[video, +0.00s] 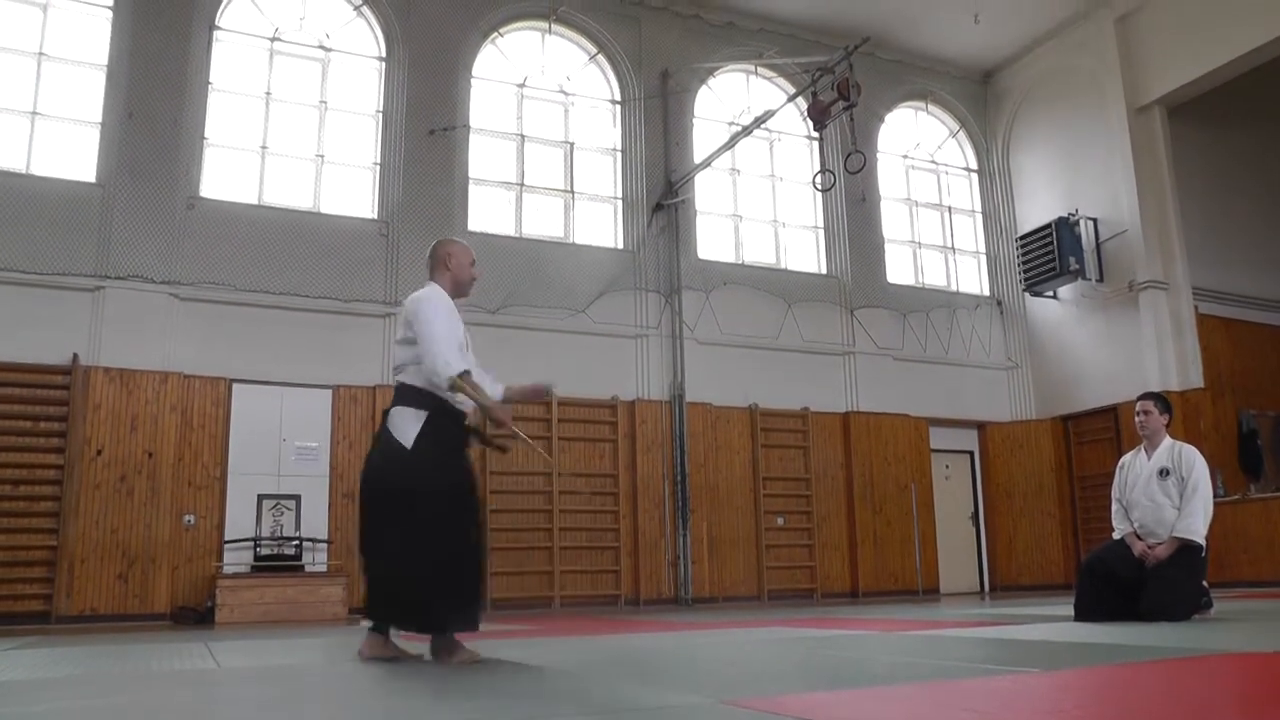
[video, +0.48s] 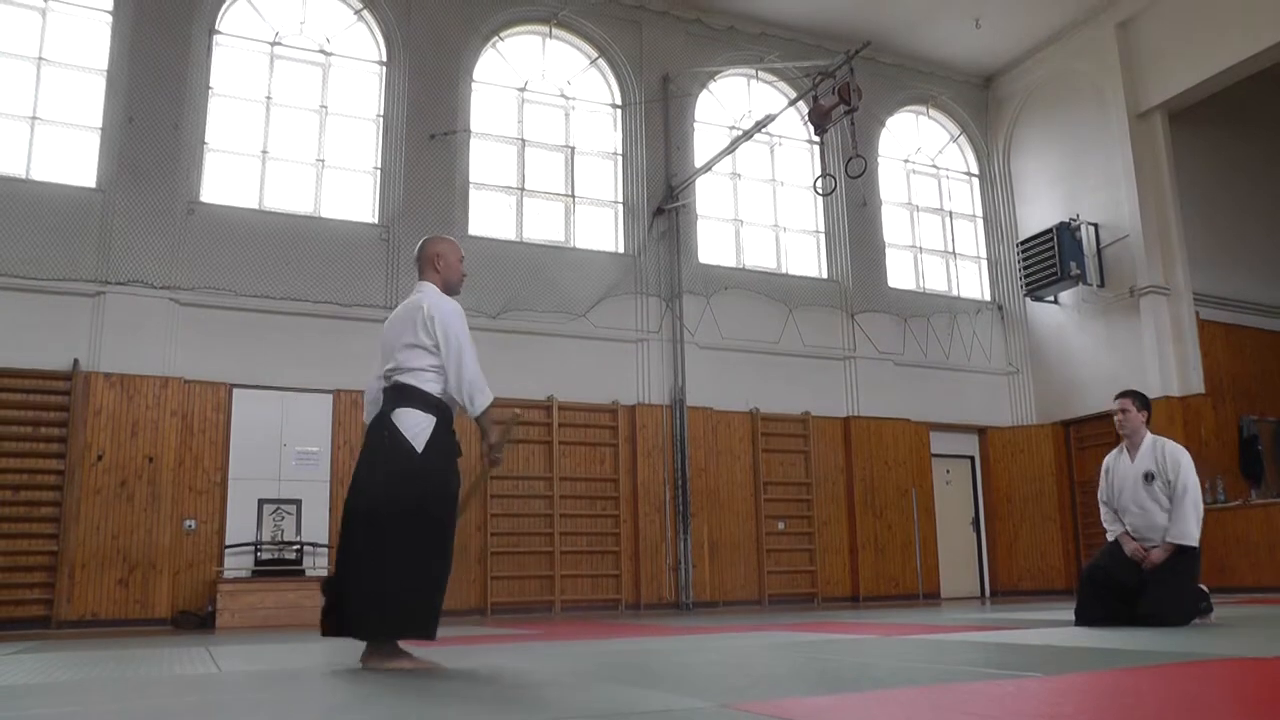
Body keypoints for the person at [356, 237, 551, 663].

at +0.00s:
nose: (476, 273)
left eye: (475, 266)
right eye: (470, 265)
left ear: (446, 264)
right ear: (447, 264)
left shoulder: (447, 314)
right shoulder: (431, 299)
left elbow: (472, 378)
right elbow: (447, 365)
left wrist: (517, 392)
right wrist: (489, 406)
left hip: (422, 424)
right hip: (424, 427)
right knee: (452, 530)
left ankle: (378, 636)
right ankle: (445, 640)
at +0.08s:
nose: (472, 274)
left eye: (470, 266)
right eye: (467, 264)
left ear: (440, 267)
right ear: (444, 264)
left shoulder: (421, 305)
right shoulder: (435, 301)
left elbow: (434, 385)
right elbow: (454, 364)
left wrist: (468, 428)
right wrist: (492, 408)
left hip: (396, 426)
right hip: (417, 428)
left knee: (387, 532)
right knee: (440, 529)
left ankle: (374, 639)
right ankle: (432, 637)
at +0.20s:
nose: (466, 274)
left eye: (465, 267)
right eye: (461, 266)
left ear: (434, 268)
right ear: (439, 267)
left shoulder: (417, 305)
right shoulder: (433, 304)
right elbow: (461, 369)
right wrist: (498, 424)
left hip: (393, 418)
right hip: (411, 423)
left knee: (387, 528)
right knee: (418, 527)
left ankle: (376, 640)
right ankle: (403, 635)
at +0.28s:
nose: (464, 274)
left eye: (463, 266)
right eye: (459, 265)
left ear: (430, 266)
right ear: (436, 265)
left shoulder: (406, 309)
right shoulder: (434, 306)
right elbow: (460, 368)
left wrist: (488, 418)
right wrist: (496, 422)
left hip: (392, 418)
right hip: (413, 423)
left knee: (390, 528)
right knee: (409, 529)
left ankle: (381, 639)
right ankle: (386, 640)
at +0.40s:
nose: (462, 271)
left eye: (461, 263)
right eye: (457, 263)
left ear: (428, 266)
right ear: (435, 264)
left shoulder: (401, 311)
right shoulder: (439, 307)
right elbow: (460, 367)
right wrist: (491, 420)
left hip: (391, 418)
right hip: (418, 423)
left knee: (391, 528)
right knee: (407, 529)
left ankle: (382, 642)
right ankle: (382, 645)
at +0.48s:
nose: (464, 269)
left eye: (463, 261)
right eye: (460, 261)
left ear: (431, 264)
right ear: (438, 262)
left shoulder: (398, 313)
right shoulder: (442, 305)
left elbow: (379, 383)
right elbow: (462, 366)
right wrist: (489, 424)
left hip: (392, 417)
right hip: (419, 420)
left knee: (391, 525)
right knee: (412, 526)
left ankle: (382, 642)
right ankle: (383, 645)